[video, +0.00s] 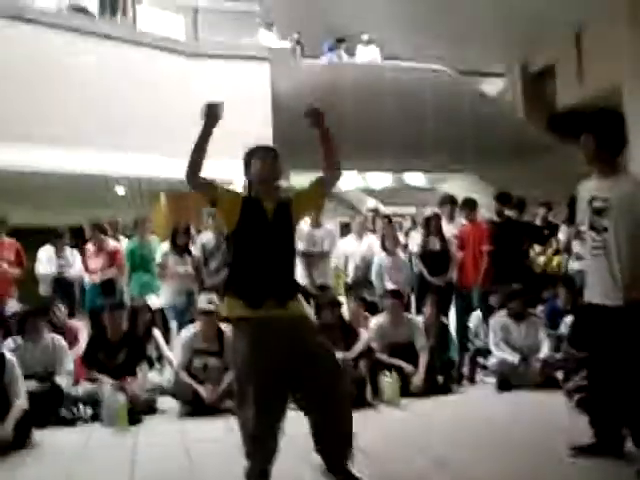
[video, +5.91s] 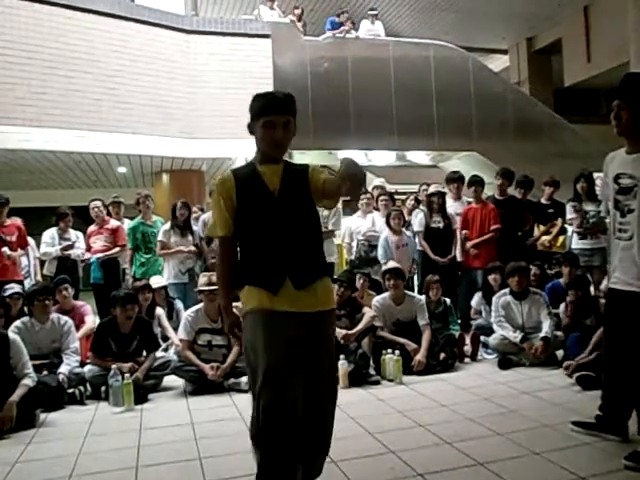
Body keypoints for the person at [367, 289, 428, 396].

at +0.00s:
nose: (392, 305)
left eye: (396, 300)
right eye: (389, 300)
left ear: (403, 304)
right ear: (384, 303)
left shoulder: (414, 323)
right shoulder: (377, 324)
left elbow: (423, 349)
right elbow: (376, 353)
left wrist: (420, 375)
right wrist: (402, 365)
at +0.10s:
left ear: (402, 306)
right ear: (384, 305)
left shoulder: (411, 323)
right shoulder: (376, 322)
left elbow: (423, 350)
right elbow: (378, 351)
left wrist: (419, 375)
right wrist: (404, 365)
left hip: (405, 347)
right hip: (385, 348)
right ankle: (374, 392)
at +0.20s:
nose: (390, 288)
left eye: (394, 284)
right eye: (386, 283)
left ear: (401, 288)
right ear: (382, 287)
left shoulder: (412, 307)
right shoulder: (375, 307)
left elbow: (421, 333)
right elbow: (376, 337)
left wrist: (418, 360)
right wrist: (401, 349)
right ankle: (374, 377)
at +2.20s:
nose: (388, 279)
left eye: (391, 274)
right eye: (384, 276)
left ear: (398, 277)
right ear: (379, 281)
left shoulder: (413, 298)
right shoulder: (374, 300)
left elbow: (422, 327)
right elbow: (375, 328)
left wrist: (418, 351)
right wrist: (401, 339)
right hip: (385, 334)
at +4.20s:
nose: (390, 280)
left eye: (394, 276)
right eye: (386, 276)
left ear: (400, 279)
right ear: (381, 280)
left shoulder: (414, 298)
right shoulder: (374, 300)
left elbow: (422, 326)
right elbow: (374, 328)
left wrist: (418, 351)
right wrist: (401, 340)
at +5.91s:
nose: (392, 283)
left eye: (396, 279)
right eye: (388, 279)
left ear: (403, 281)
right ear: (384, 283)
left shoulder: (418, 300)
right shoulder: (378, 302)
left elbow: (426, 329)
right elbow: (378, 331)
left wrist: (422, 354)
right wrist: (405, 342)